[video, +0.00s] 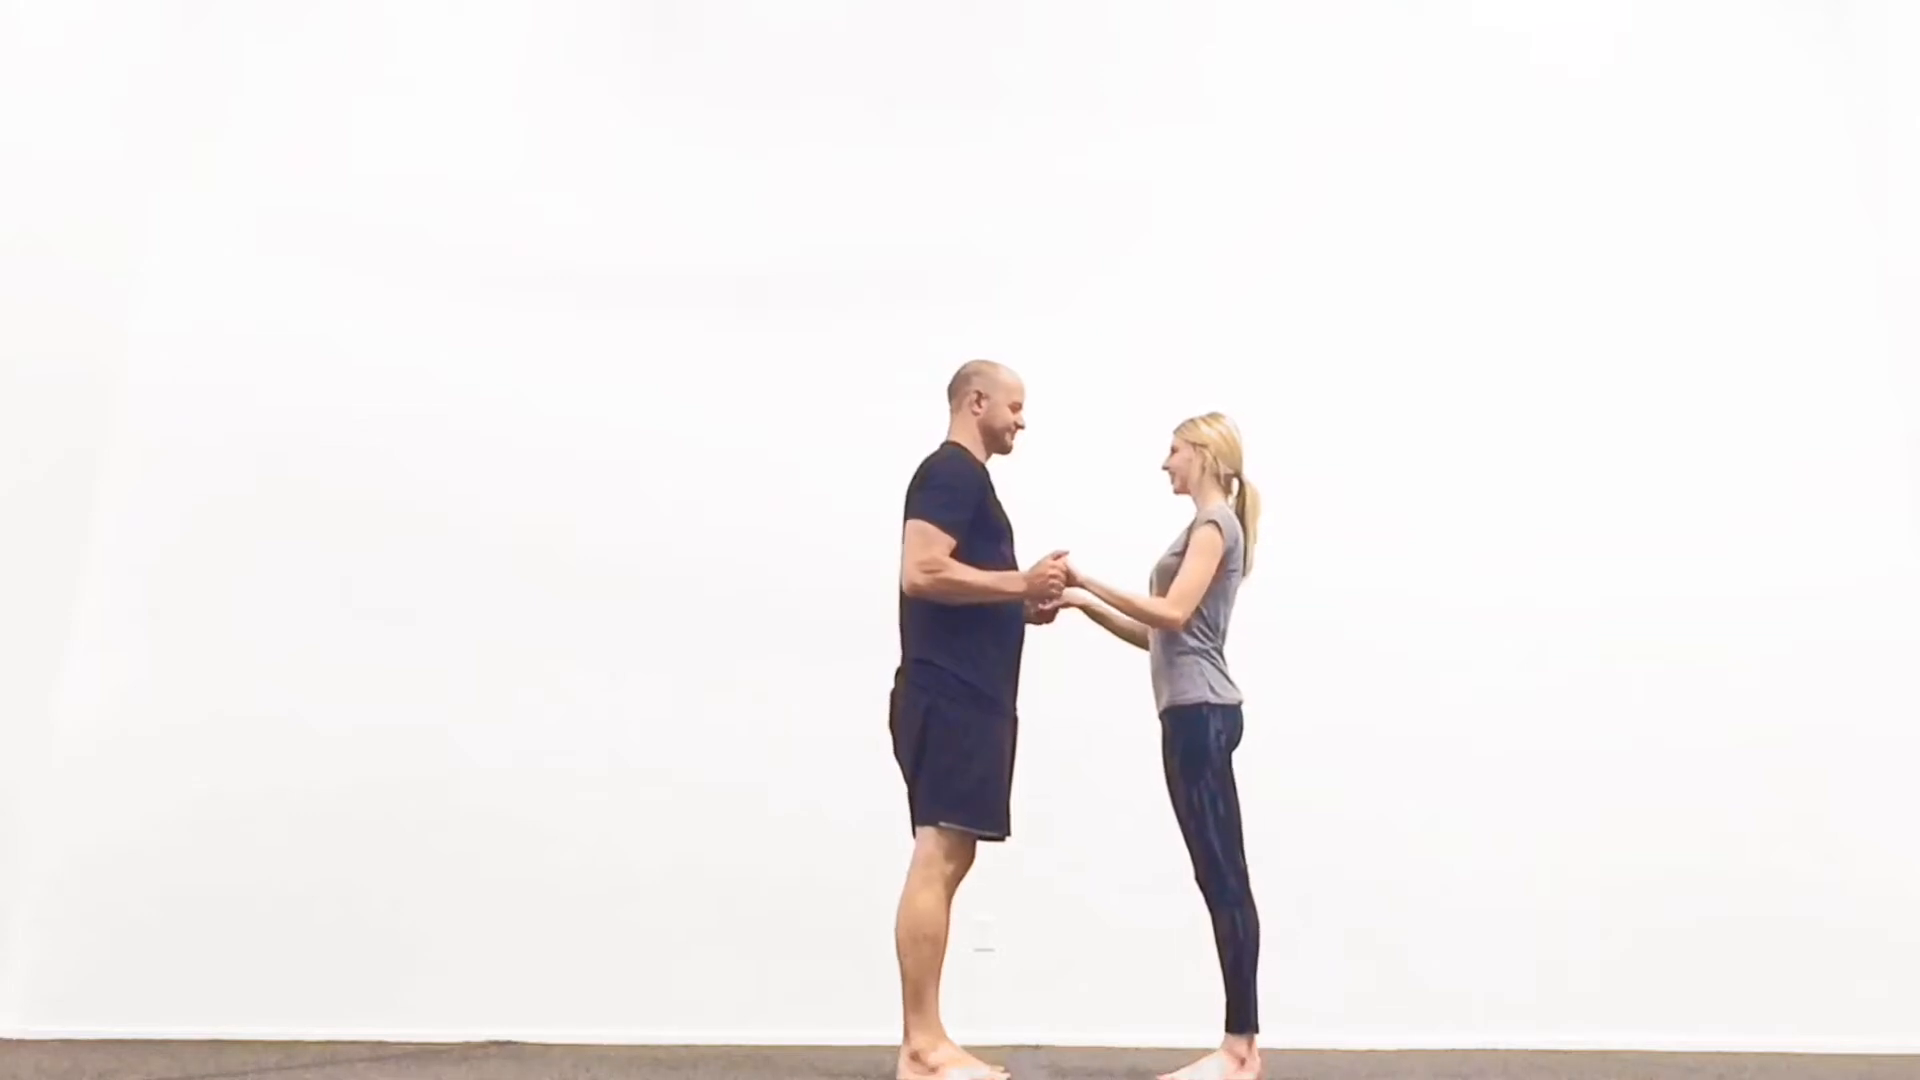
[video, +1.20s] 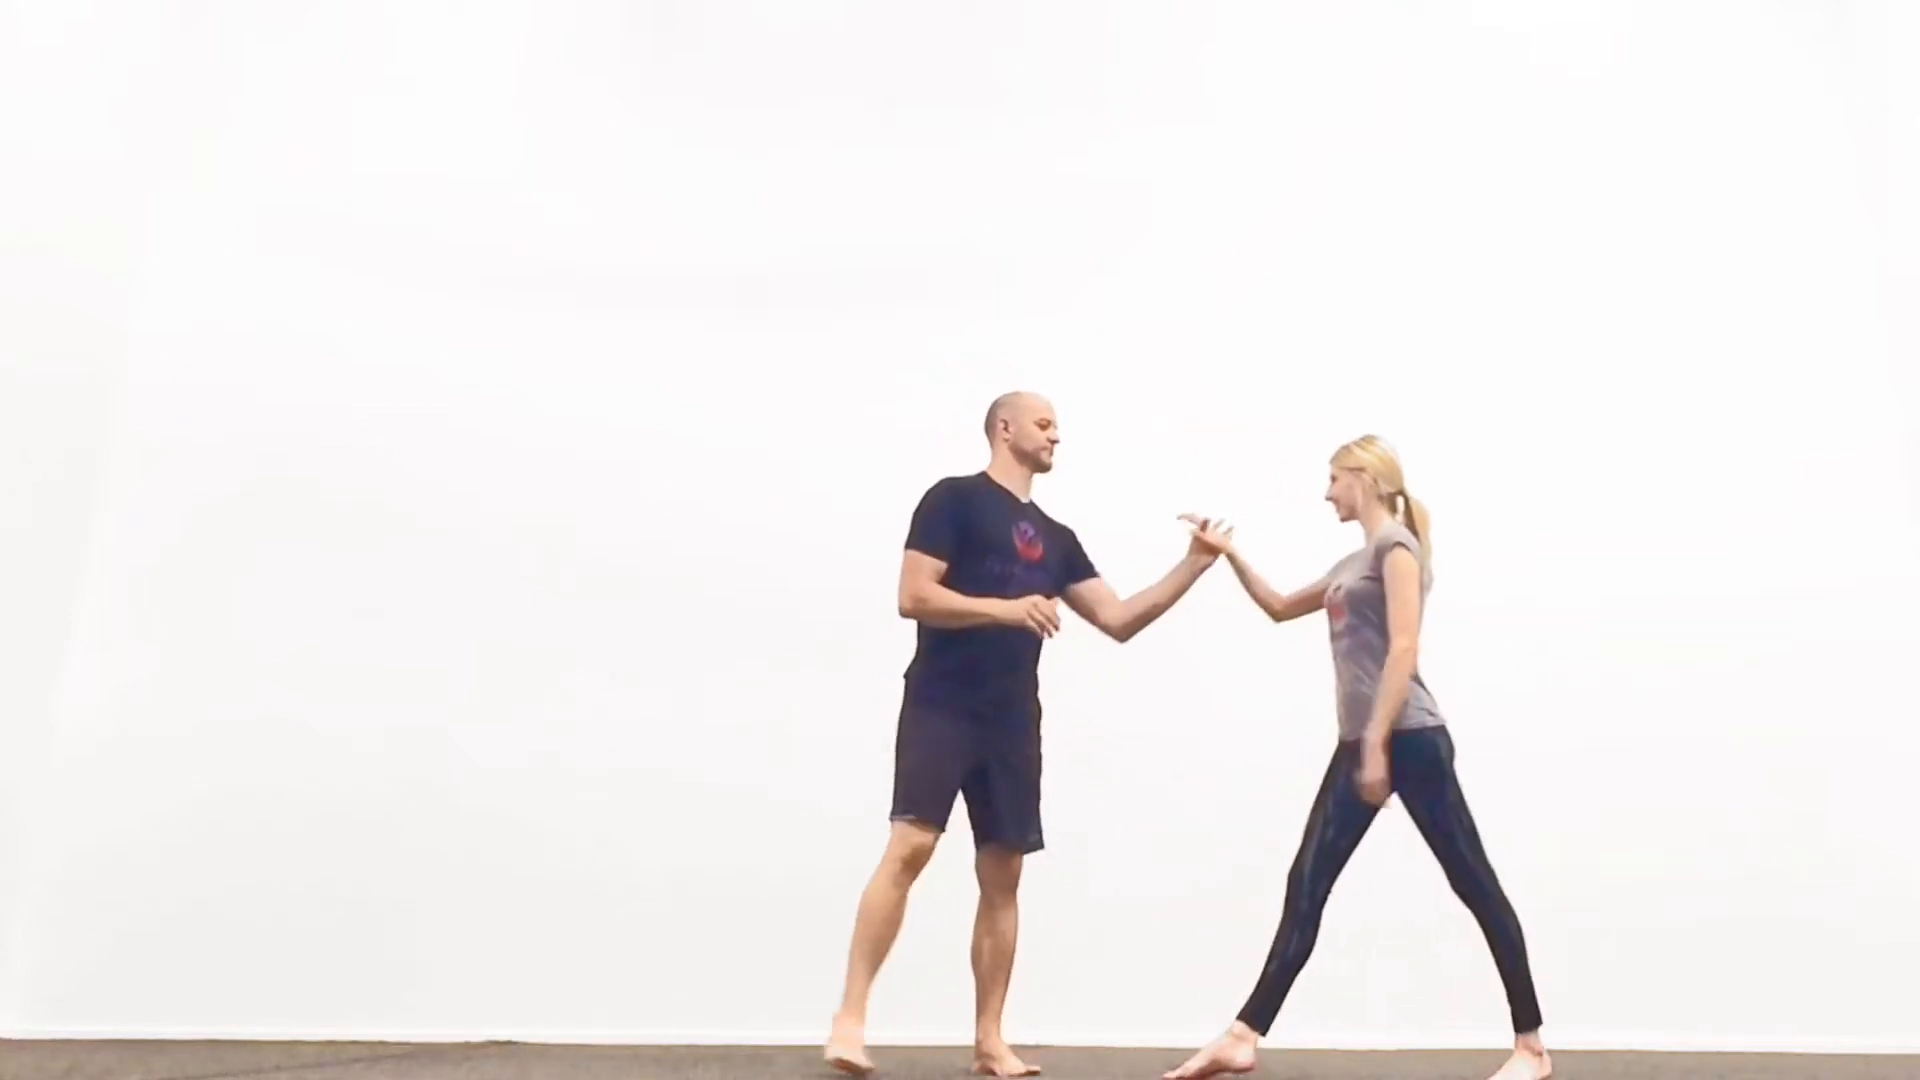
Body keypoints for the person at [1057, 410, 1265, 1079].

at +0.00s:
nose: (1165, 462)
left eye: (1174, 450)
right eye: (1169, 451)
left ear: (1205, 456)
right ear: (1210, 459)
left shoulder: (1212, 523)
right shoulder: (1206, 530)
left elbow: (1174, 612)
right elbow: (1157, 638)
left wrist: (1085, 582)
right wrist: (1085, 602)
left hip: (1198, 708)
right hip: (1192, 709)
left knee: (1220, 878)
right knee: (1220, 879)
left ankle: (1239, 1047)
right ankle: (1241, 1044)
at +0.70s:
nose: (1188, 473)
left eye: (1195, 461)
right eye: (1191, 462)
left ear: (1223, 465)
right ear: (1227, 468)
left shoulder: (1243, 531)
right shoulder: (1237, 542)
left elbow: (1224, 624)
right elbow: (1191, 655)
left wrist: (1131, 620)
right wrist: (1109, 633)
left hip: (1246, 726)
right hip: (1245, 725)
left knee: (1153, 859)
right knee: (1245, 890)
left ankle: (1277, 966)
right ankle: (1243, 1049)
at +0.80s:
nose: (1214, 476)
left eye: (1222, 465)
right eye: (1216, 465)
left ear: (1250, 470)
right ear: (1258, 473)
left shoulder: (1266, 535)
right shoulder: (1263, 545)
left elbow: (1246, 627)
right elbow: (1207, 656)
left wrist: (1155, 629)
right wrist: (1141, 630)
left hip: (1267, 729)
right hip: (1263, 729)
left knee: (1215, 884)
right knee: (1254, 890)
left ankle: (1358, 961)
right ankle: (1246, 1049)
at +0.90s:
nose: (1244, 478)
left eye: (1252, 466)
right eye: (1246, 466)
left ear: (1280, 470)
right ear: (1283, 471)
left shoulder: (1299, 536)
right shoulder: (1286, 544)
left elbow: (1275, 629)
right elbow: (1223, 639)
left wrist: (1192, 639)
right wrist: (1156, 606)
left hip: (1296, 732)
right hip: (1275, 733)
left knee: (1309, 894)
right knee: (1262, 889)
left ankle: (1442, 996)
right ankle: (1247, 1048)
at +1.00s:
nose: (1275, 480)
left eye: (1281, 468)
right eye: (1277, 469)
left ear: (1309, 471)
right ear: (1312, 473)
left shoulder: (1331, 538)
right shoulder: (1311, 550)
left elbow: (1321, 632)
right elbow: (1244, 626)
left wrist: (1240, 669)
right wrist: (1176, 587)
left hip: (1341, 730)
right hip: (1306, 735)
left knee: (1395, 884)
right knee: (1273, 883)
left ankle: (1499, 1021)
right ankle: (1247, 1047)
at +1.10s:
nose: (1305, 486)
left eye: (1311, 474)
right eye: (1306, 475)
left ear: (1339, 476)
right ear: (1346, 478)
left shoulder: (1365, 543)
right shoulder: (1340, 556)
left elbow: (1371, 642)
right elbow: (1264, 617)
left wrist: (1303, 712)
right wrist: (1203, 568)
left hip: (1381, 733)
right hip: (1342, 738)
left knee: (1449, 881)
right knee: (1290, 883)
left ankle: (1524, 1035)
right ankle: (1246, 1043)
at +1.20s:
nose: (1329, 489)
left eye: (1336, 478)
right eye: (1330, 479)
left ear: (1365, 481)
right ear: (1365, 483)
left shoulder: (1396, 548)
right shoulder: (1355, 561)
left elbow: (1404, 650)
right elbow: (1280, 607)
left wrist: (1374, 742)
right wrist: (1227, 550)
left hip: (1411, 736)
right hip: (1358, 741)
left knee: (1475, 883)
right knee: (1306, 886)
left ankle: (1531, 1045)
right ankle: (1243, 1037)